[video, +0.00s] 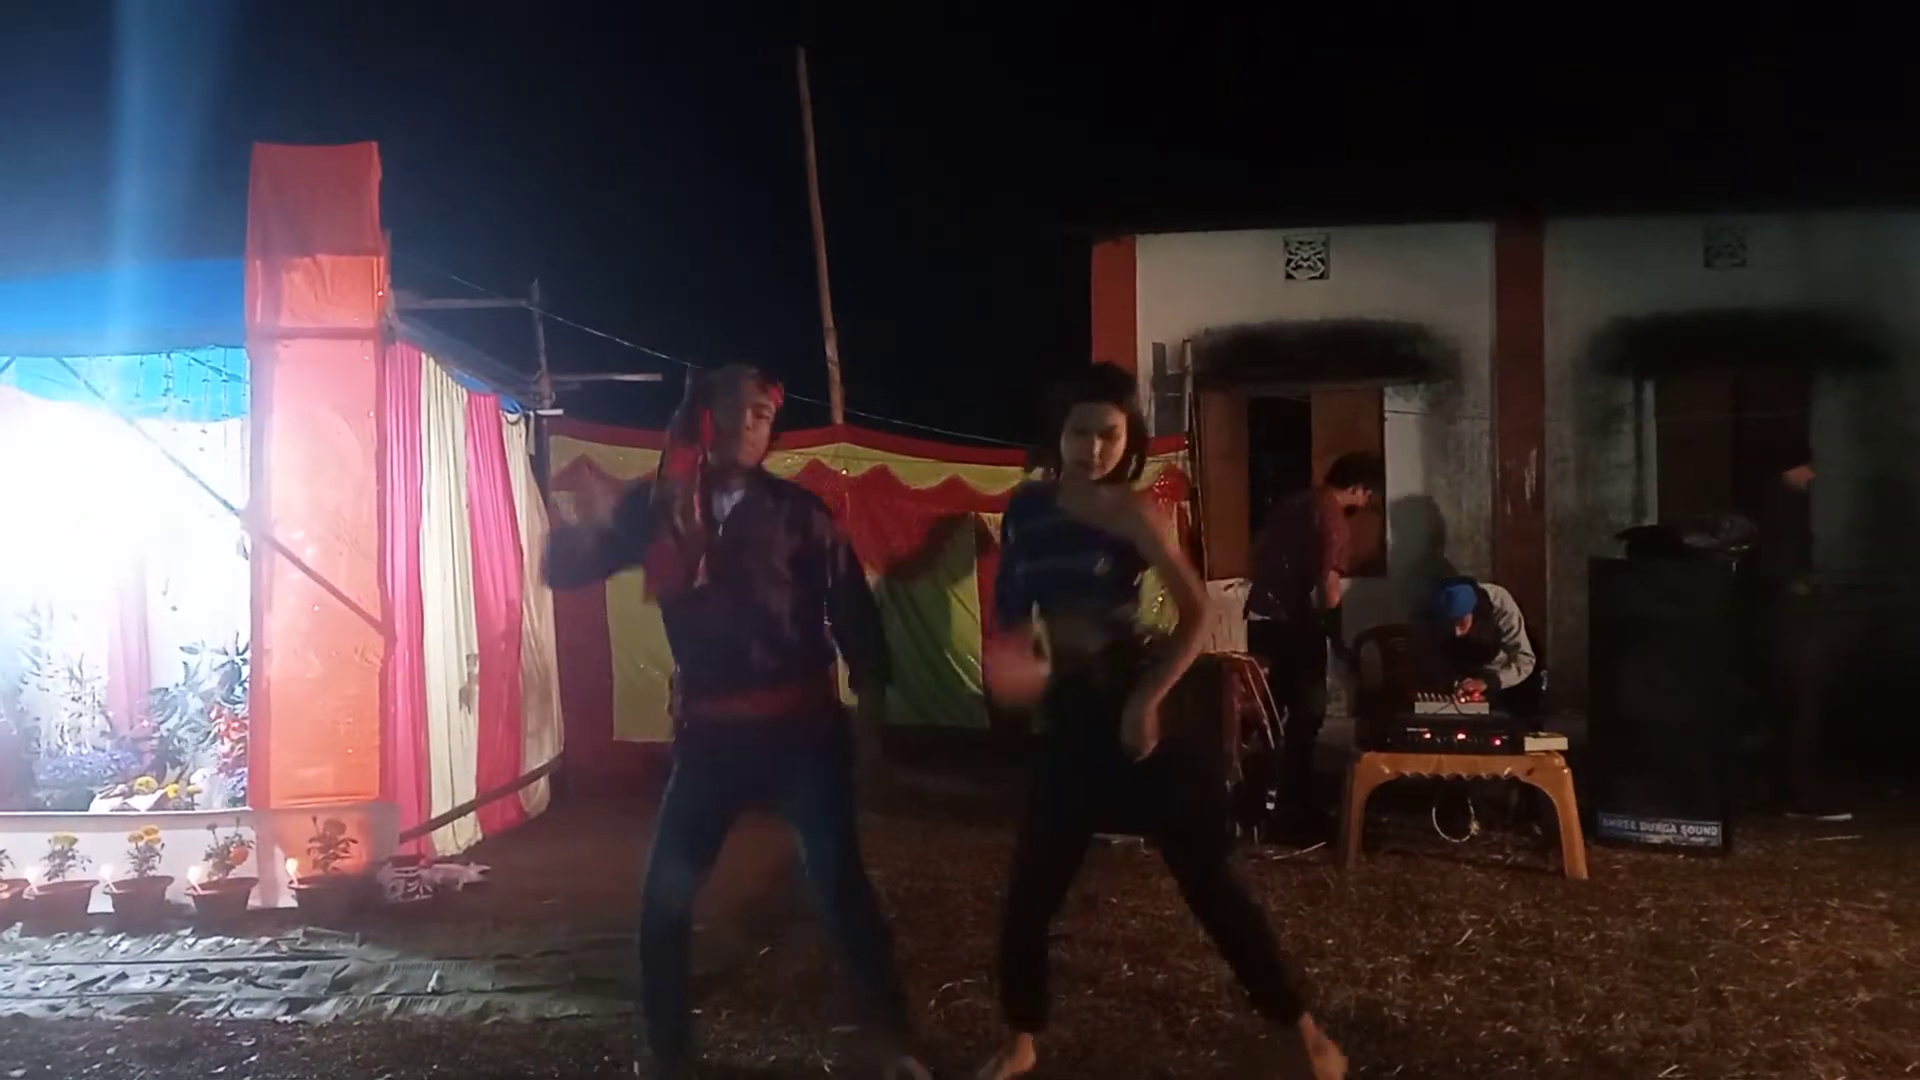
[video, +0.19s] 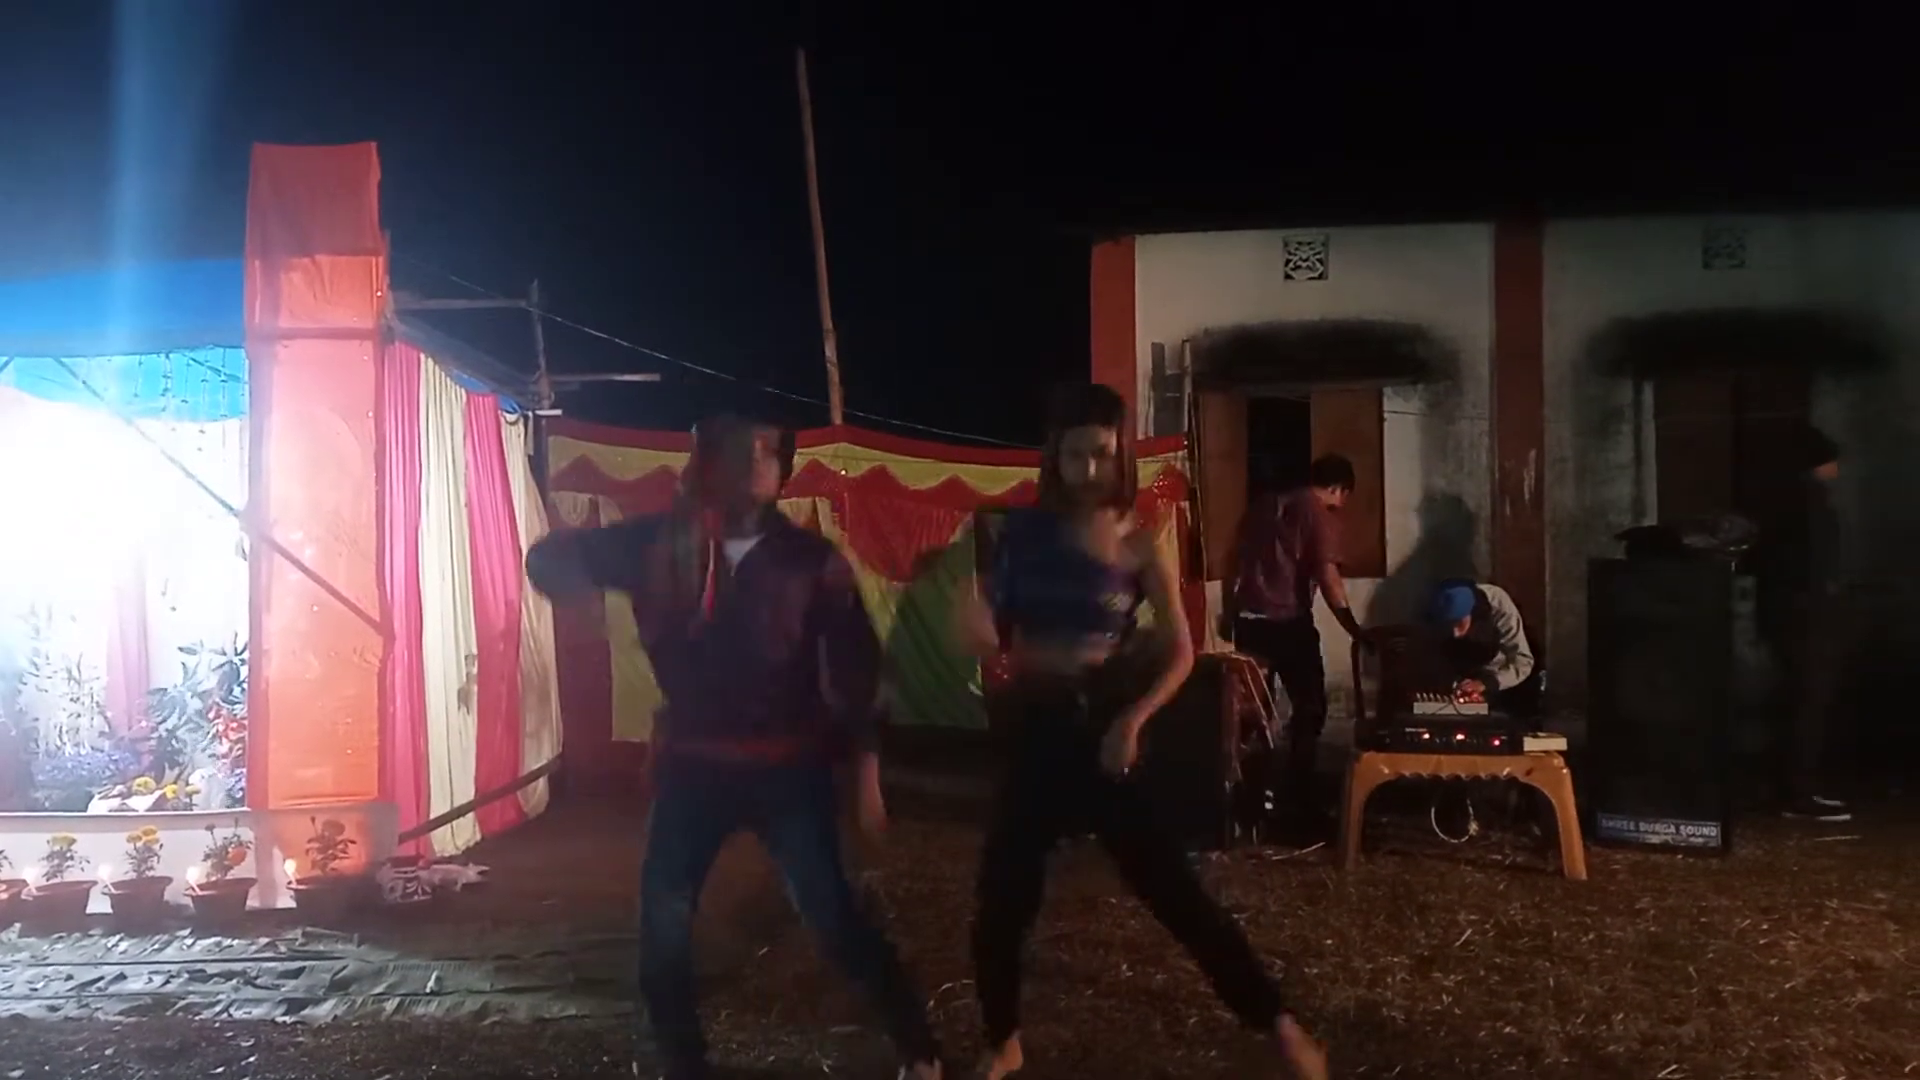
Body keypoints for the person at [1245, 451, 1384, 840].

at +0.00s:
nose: (1363, 504)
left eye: (1367, 497)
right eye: (1366, 496)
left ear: (1334, 478)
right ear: (1356, 489)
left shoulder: (1294, 504)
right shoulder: (1330, 514)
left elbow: (1268, 562)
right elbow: (1329, 578)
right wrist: (1335, 628)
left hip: (1265, 622)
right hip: (1298, 624)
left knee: (1275, 712)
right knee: (1308, 714)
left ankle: (1262, 799)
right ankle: (1296, 809)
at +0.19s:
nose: (1340, 504)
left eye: (1342, 497)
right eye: (1342, 496)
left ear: (1312, 481)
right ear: (1334, 489)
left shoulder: (1265, 503)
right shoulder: (1318, 514)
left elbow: (1233, 559)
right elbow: (1328, 581)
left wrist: (1227, 610)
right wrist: (1355, 630)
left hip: (1248, 626)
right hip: (1290, 628)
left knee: (1254, 708)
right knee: (1311, 708)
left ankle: (1249, 795)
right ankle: (1297, 798)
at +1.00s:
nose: (1377, 512)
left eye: (1380, 507)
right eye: (1378, 505)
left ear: (1351, 491)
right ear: (1367, 497)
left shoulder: (1303, 515)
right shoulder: (1363, 524)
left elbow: (1276, 565)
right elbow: (1365, 583)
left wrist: (1267, 610)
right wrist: (1372, 615)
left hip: (1298, 632)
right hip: (1342, 635)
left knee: (1275, 706)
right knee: (1349, 713)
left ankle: (1253, 772)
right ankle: (1346, 780)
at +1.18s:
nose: (1398, 504)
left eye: (1401, 497)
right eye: (1400, 496)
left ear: (1371, 484)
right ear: (1388, 490)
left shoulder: (1329, 508)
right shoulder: (1381, 515)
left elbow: (1301, 560)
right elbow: (1390, 570)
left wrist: (1295, 607)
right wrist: (1411, 600)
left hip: (1323, 617)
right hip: (1359, 617)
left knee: (1328, 677)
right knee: (1359, 687)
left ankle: (1282, 727)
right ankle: (1349, 756)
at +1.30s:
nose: (1409, 500)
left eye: (1413, 493)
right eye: (1411, 491)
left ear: (1381, 480)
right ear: (1399, 485)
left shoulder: (1342, 509)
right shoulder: (1391, 512)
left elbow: (1320, 563)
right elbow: (1403, 565)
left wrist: (1315, 605)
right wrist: (1427, 587)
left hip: (1336, 611)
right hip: (1371, 613)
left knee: (1358, 675)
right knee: (1371, 679)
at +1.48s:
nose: (1441, 502)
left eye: (1445, 497)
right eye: (1442, 494)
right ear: (1430, 487)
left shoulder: (1382, 511)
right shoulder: (1418, 514)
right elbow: (1431, 567)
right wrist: (1461, 613)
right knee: (1466, 599)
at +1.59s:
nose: (1464, 503)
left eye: (1466, 497)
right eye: (1463, 495)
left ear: (1432, 487)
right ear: (1449, 492)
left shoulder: (1401, 519)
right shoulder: (1437, 521)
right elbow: (1449, 568)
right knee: (1493, 599)